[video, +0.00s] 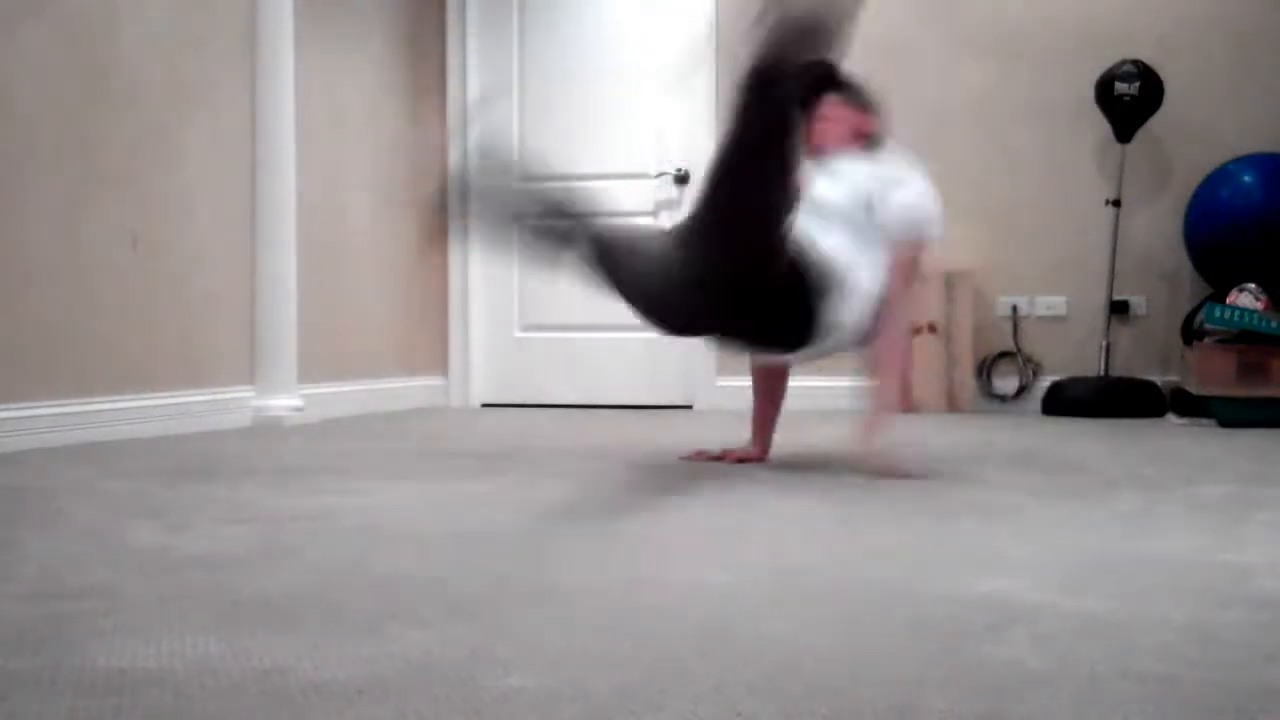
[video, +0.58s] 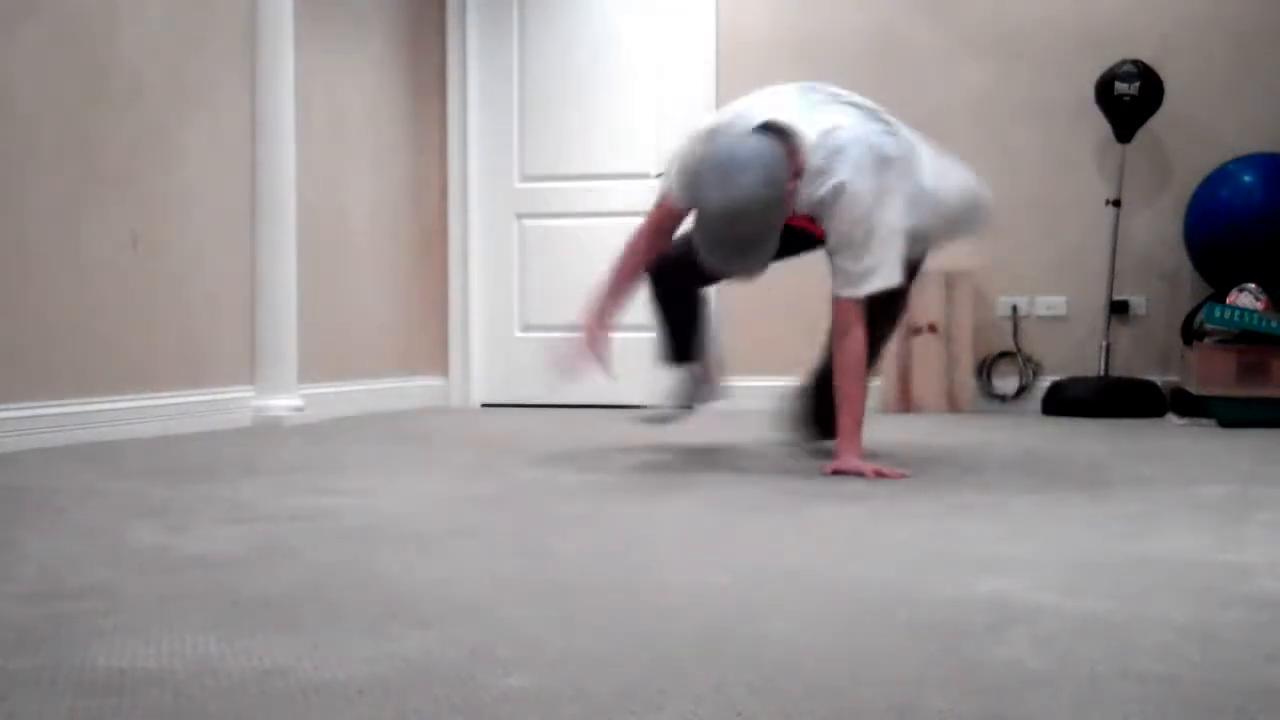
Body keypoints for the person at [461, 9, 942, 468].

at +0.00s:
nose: (823, 126)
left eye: (839, 115)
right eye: (819, 116)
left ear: (868, 123)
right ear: (806, 127)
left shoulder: (896, 179)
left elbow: (895, 311)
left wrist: (878, 430)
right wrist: (759, 447)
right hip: (692, 302)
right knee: (588, 234)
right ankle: (495, 201)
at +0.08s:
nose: (840, 124)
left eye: (859, 114)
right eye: (839, 114)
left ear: (900, 136)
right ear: (834, 128)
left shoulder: (900, 213)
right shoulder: (814, 200)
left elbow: (881, 342)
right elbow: (782, 316)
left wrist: (854, 452)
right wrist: (758, 445)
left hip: (741, 337)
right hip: (688, 313)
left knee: (678, 184)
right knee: (641, 228)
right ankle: (477, 325)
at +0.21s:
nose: (829, 121)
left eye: (842, 107)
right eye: (831, 106)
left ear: (890, 115)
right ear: (879, 115)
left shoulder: (891, 207)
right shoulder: (863, 182)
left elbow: (881, 338)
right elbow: (809, 287)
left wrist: (853, 451)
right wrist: (737, 399)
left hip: (716, 343)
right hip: (722, 277)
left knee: (568, 395)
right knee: (708, 95)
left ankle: (434, 432)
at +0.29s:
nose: (809, 135)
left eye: (820, 119)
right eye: (809, 119)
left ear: (866, 120)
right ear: (872, 119)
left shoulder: (887, 211)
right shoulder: (879, 162)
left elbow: (879, 341)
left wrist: (852, 452)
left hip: (752, 346)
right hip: (762, 265)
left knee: (605, 415)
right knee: (664, 136)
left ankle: (541, 416)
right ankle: (557, 74)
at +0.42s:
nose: (778, 176)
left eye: (782, 170)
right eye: (772, 170)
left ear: (828, 148)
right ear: (761, 119)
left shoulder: (886, 199)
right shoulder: (800, 107)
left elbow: (866, 335)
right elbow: (742, 184)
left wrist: (850, 450)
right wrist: (632, 207)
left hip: (838, 300)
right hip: (799, 228)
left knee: (763, 393)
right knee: (670, 224)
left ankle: (686, 424)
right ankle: (561, 264)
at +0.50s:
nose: (740, 229)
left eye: (754, 217)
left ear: (813, 164)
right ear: (730, 151)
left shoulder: (871, 190)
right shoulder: (748, 127)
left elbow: (852, 330)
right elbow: (698, 184)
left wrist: (848, 451)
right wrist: (619, 236)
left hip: (870, 262)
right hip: (802, 220)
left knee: (819, 371)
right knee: (655, 254)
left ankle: (753, 423)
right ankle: (619, 362)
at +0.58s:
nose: (736, 257)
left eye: (748, 248)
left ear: (786, 187)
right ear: (715, 185)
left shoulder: (855, 187)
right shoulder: (710, 149)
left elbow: (851, 328)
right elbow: (655, 232)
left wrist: (849, 450)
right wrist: (601, 316)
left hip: (907, 212)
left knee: (867, 336)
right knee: (672, 271)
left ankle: (818, 421)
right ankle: (696, 376)